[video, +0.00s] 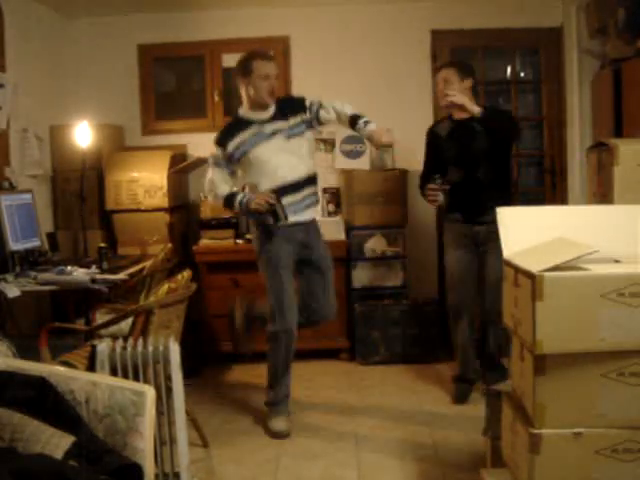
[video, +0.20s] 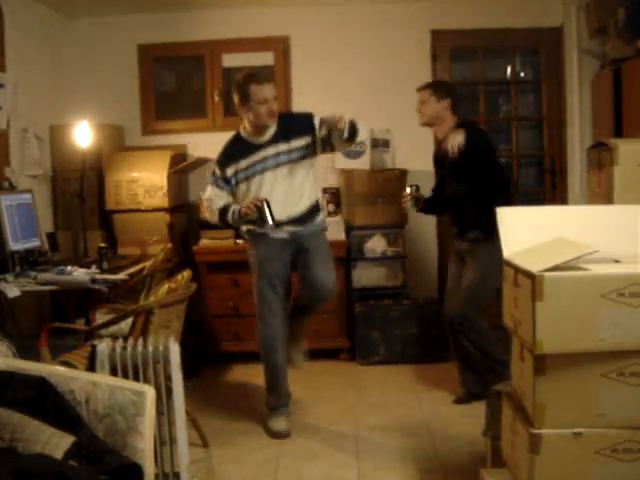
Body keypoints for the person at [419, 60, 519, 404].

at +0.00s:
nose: (443, 93)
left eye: (449, 85)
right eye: (439, 87)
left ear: (468, 85)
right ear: (437, 92)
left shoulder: (496, 120)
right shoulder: (438, 132)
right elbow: (428, 175)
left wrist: (475, 111)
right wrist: (429, 191)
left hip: (495, 222)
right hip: (457, 223)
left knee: (495, 299)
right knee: (459, 300)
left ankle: (495, 368)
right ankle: (465, 373)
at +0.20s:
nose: (418, 109)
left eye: (424, 103)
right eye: (418, 104)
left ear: (445, 104)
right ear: (436, 107)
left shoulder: (473, 138)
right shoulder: (441, 148)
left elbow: (496, 185)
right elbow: (444, 201)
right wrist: (419, 203)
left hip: (486, 239)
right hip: (460, 240)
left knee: (467, 309)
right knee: (454, 310)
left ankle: (499, 374)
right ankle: (474, 383)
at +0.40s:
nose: (396, 110)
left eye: (401, 103)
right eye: (397, 104)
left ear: (422, 103)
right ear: (422, 105)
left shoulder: (441, 131)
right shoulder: (441, 133)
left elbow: (455, 179)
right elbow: (450, 193)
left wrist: (454, 215)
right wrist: (413, 201)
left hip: (490, 215)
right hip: (489, 214)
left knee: (444, 275)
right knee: (485, 297)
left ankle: (483, 356)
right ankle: (491, 376)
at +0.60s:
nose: (396, 126)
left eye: (400, 119)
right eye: (396, 120)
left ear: (419, 118)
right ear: (423, 119)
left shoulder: (424, 159)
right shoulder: (454, 147)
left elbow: (420, 217)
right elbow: (451, 200)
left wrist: (397, 256)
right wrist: (411, 208)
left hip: (464, 247)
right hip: (490, 242)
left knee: (441, 312)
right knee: (476, 321)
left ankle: (488, 380)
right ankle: (500, 386)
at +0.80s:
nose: (374, 111)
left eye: (378, 103)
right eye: (374, 104)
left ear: (397, 101)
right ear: (407, 102)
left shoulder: (390, 142)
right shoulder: (436, 130)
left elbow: (372, 184)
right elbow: (437, 179)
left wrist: (354, 152)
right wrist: (401, 193)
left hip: (438, 222)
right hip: (472, 221)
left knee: (394, 253)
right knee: (445, 296)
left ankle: (408, 322)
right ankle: (460, 370)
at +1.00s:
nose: (365, 128)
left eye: (366, 122)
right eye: (367, 121)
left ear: (370, 126)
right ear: (396, 120)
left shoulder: (374, 157)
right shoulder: (425, 147)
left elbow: (381, 200)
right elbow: (449, 191)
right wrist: (432, 212)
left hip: (407, 241)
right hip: (441, 238)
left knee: (383, 304)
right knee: (415, 308)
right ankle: (417, 379)